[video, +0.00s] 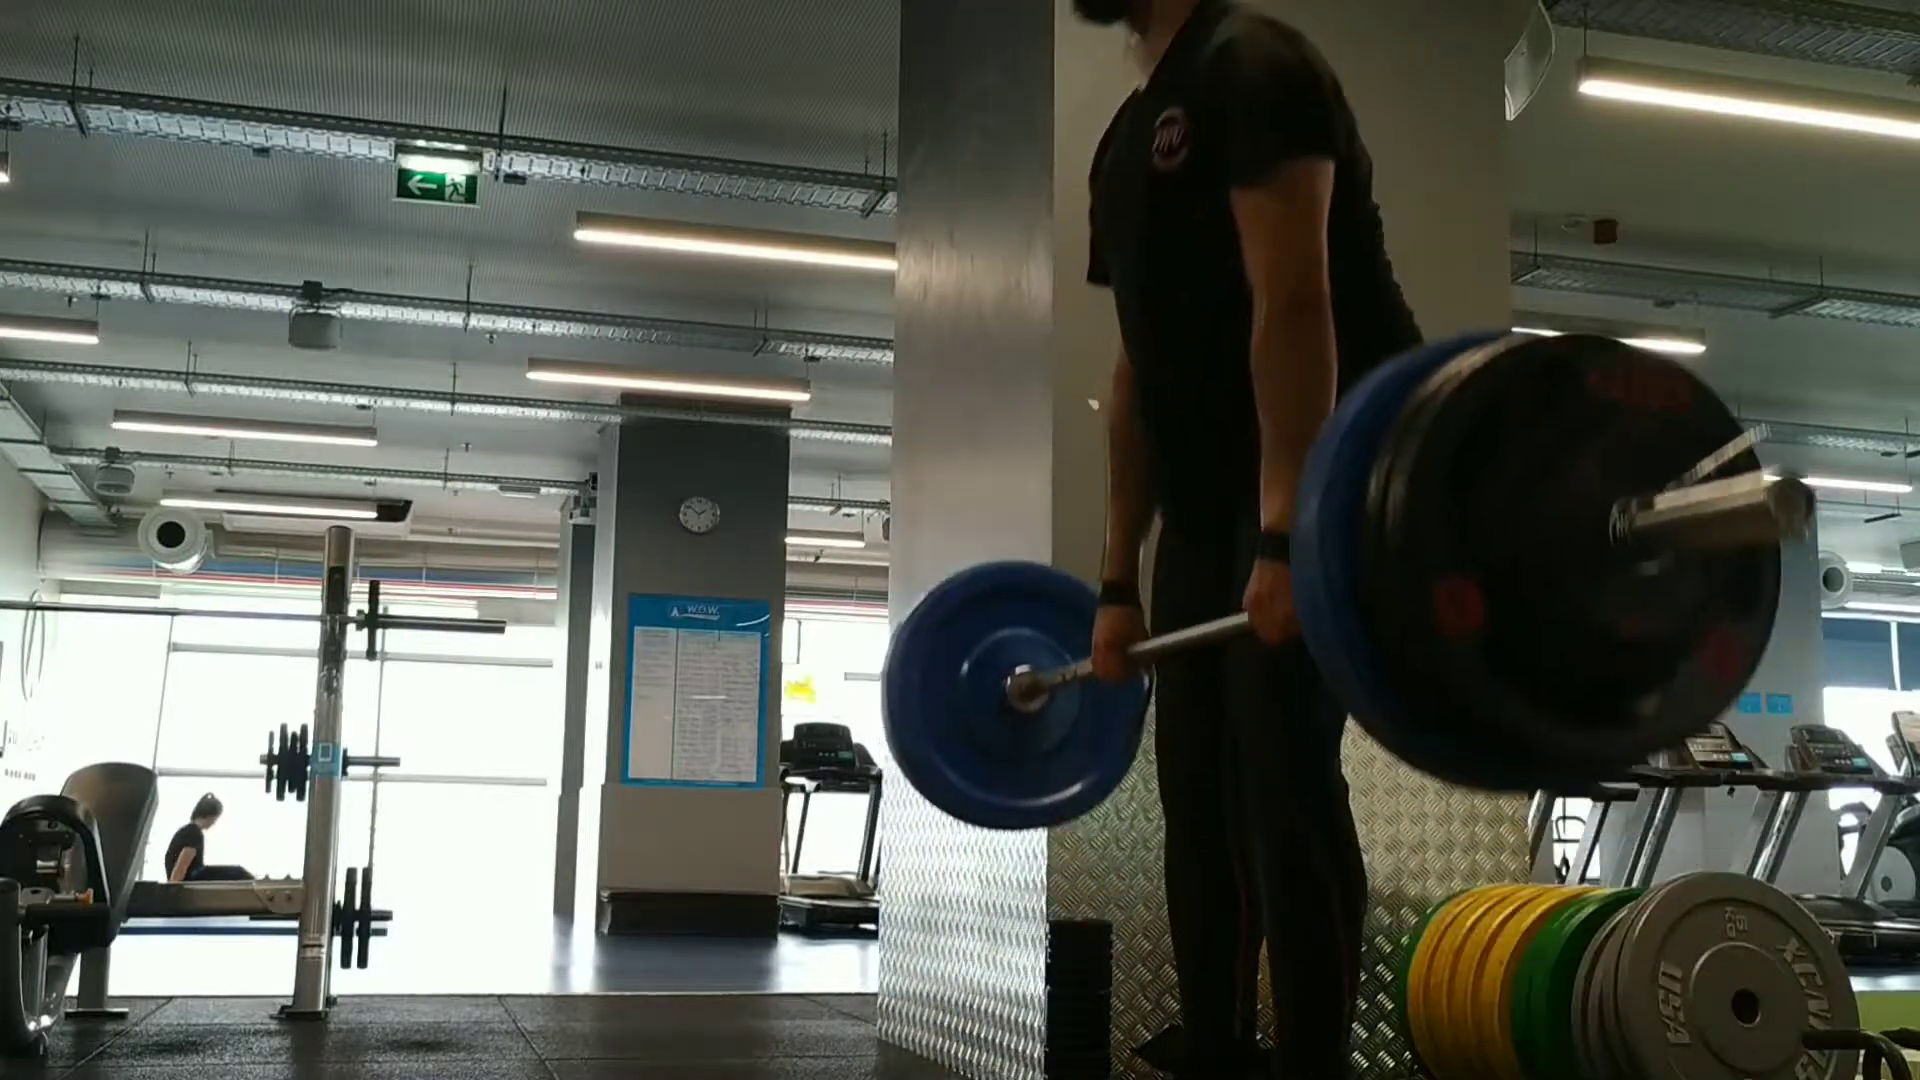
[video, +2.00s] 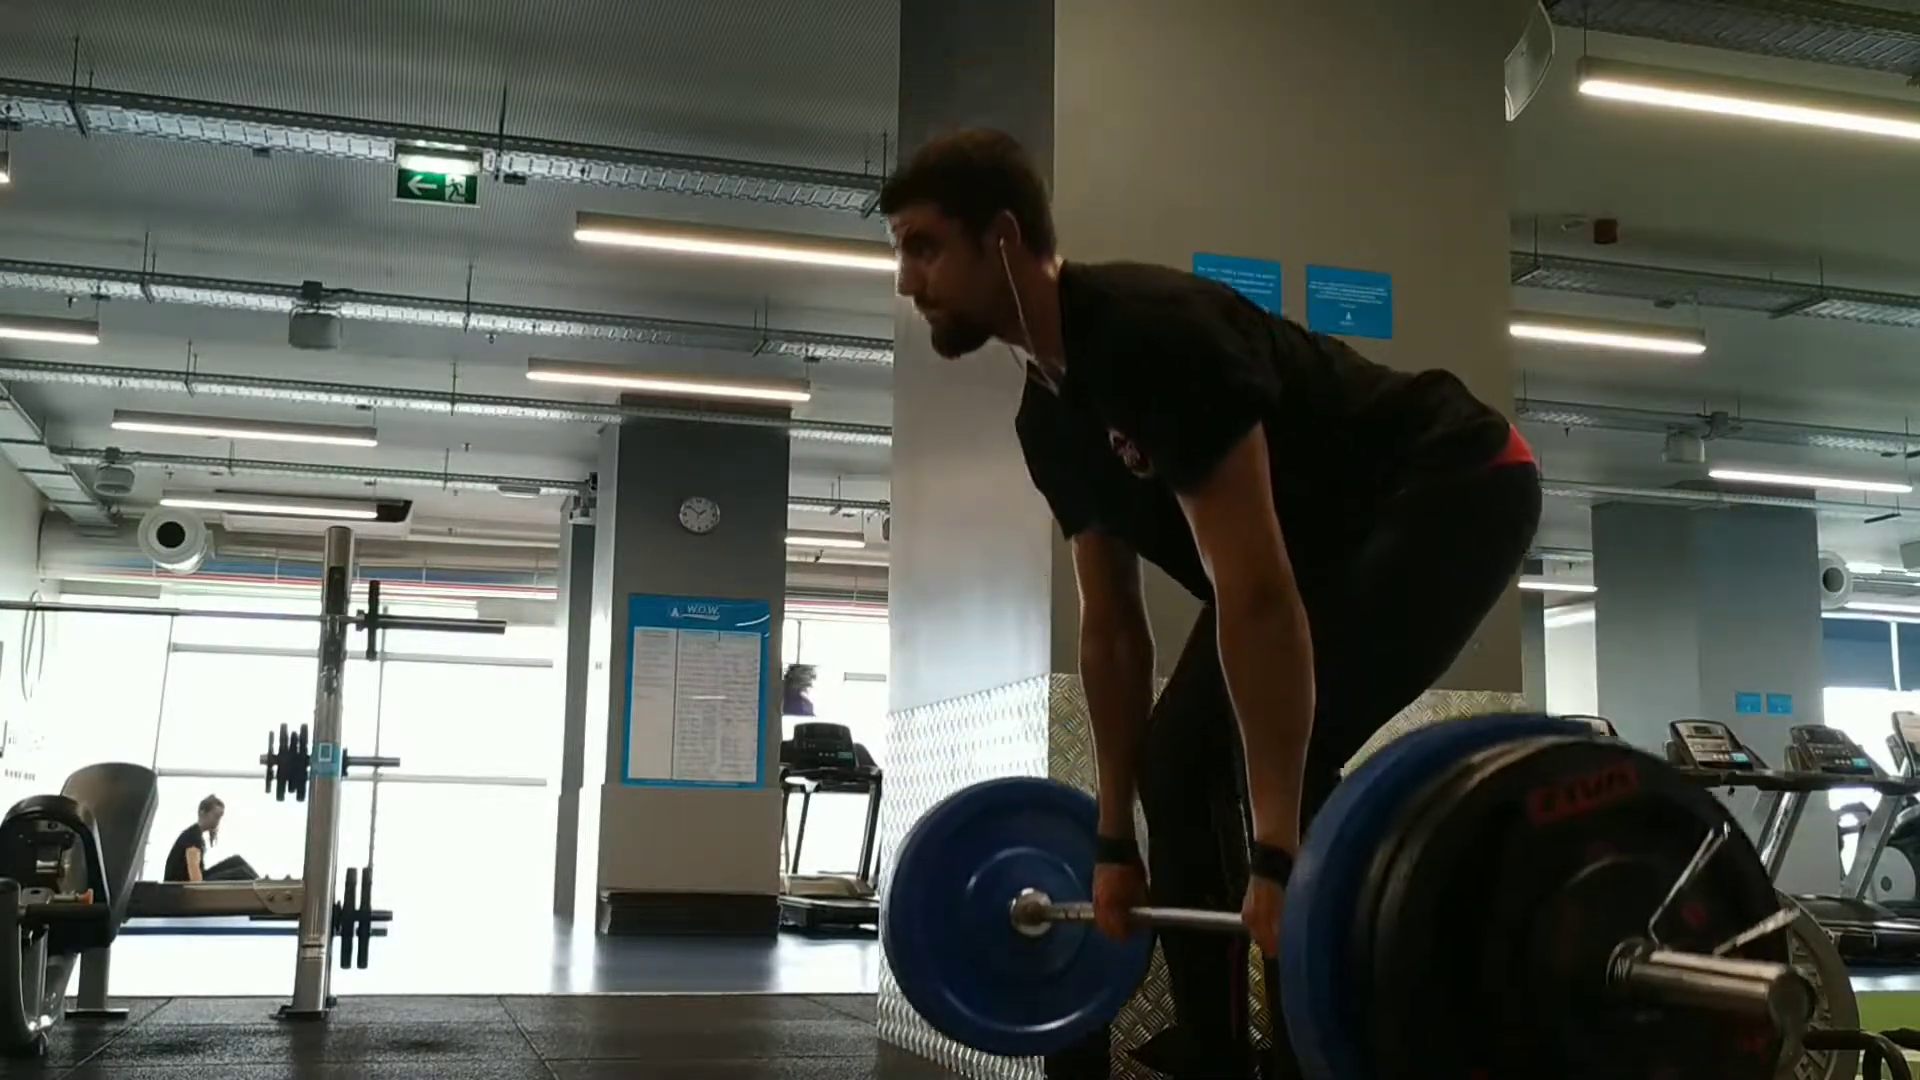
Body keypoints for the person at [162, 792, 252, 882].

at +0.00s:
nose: (215, 822)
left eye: (216, 819)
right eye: (215, 818)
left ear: (198, 811)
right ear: (210, 816)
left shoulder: (188, 831)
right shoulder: (194, 833)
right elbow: (181, 867)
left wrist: (170, 891)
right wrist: (171, 892)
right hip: (191, 878)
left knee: (237, 871)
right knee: (238, 871)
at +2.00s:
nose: (219, 821)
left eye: (220, 817)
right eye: (216, 816)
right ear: (202, 813)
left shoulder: (197, 835)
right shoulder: (193, 837)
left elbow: (196, 874)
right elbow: (195, 876)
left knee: (236, 861)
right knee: (241, 872)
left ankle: (262, 886)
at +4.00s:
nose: (212, 824)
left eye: (216, 820)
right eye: (209, 818)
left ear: (220, 822)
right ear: (200, 816)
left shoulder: (205, 839)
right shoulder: (186, 837)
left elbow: (195, 861)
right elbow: (171, 859)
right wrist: (155, 879)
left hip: (198, 878)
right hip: (186, 884)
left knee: (236, 862)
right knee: (240, 872)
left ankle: (259, 885)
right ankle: (260, 889)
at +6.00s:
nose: (213, 819)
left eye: (213, 814)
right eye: (212, 814)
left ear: (199, 813)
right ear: (203, 813)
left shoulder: (195, 835)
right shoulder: (194, 836)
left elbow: (182, 871)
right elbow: (180, 872)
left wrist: (172, 894)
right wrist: (171, 895)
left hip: (222, 880)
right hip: (220, 884)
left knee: (264, 848)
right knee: (269, 853)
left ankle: (286, 886)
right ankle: (290, 888)